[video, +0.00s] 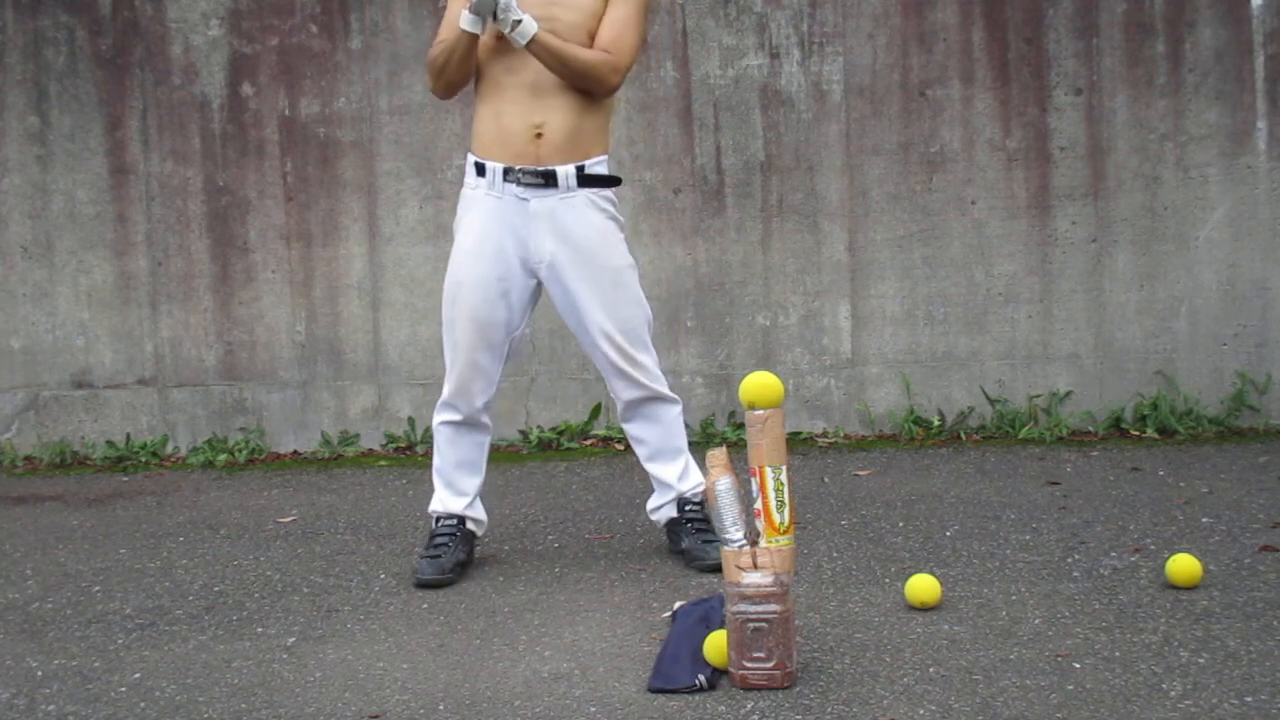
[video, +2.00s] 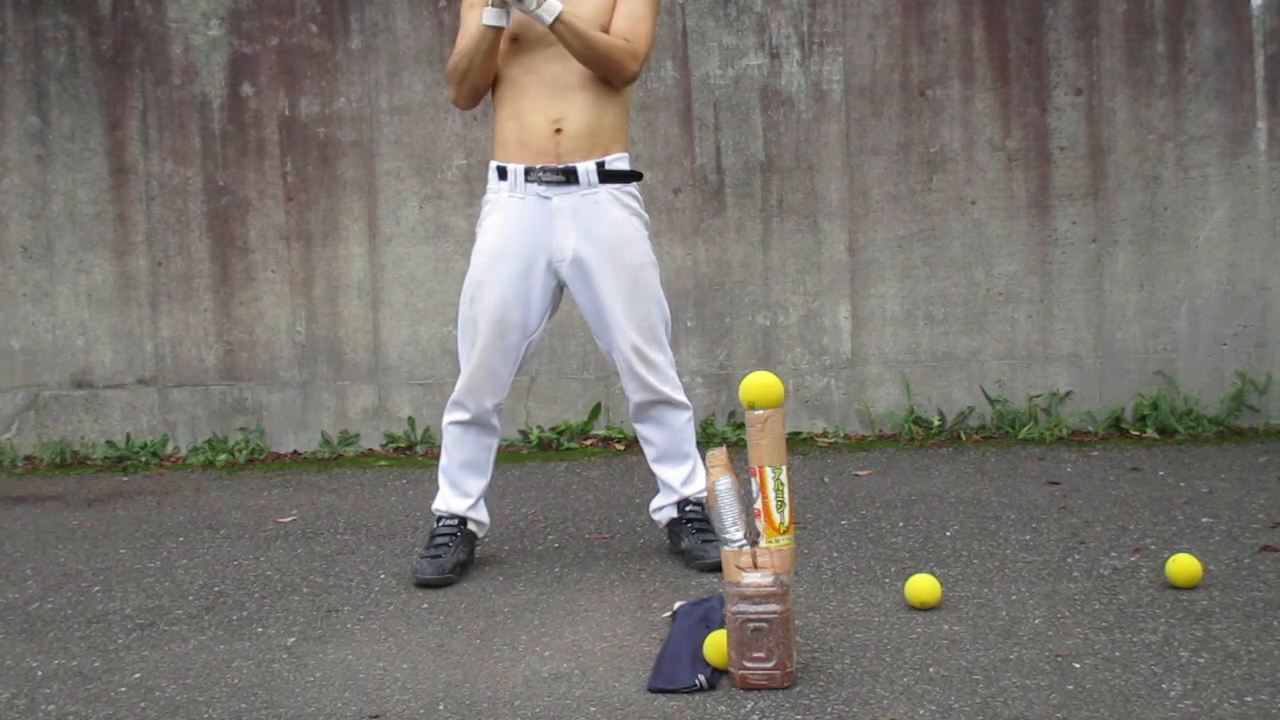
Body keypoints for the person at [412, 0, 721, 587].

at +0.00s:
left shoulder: (622, 1)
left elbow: (606, 75)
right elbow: (442, 81)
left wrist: (523, 27)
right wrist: (474, 22)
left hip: (582, 198)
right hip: (490, 197)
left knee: (634, 367)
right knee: (465, 378)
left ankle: (684, 506)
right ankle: (452, 518)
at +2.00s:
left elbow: (624, 66)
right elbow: (463, 93)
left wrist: (551, 12)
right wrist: (495, 18)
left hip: (605, 195)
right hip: (513, 197)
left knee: (646, 362)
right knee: (480, 373)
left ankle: (686, 507)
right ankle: (455, 517)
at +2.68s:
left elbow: (629, 69)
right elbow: (460, 87)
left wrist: (560, 15)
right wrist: (499, 16)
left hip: (605, 195)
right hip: (513, 197)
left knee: (647, 362)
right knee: (480, 372)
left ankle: (686, 507)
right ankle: (455, 517)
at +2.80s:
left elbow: (628, 69)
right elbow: (460, 88)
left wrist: (560, 15)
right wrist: (500, 16)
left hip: (605, 195)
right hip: (513, 197)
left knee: (647, 362)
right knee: (480, 373)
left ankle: (686, 507)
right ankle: (455, 517)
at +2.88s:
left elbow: (628, 70)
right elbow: (461, 89)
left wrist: (560, 15)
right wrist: (500, 17)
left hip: (605, 195)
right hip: (513, 198)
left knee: (647, 363)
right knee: (480, 373)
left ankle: (686, 507)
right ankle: (455, 517)